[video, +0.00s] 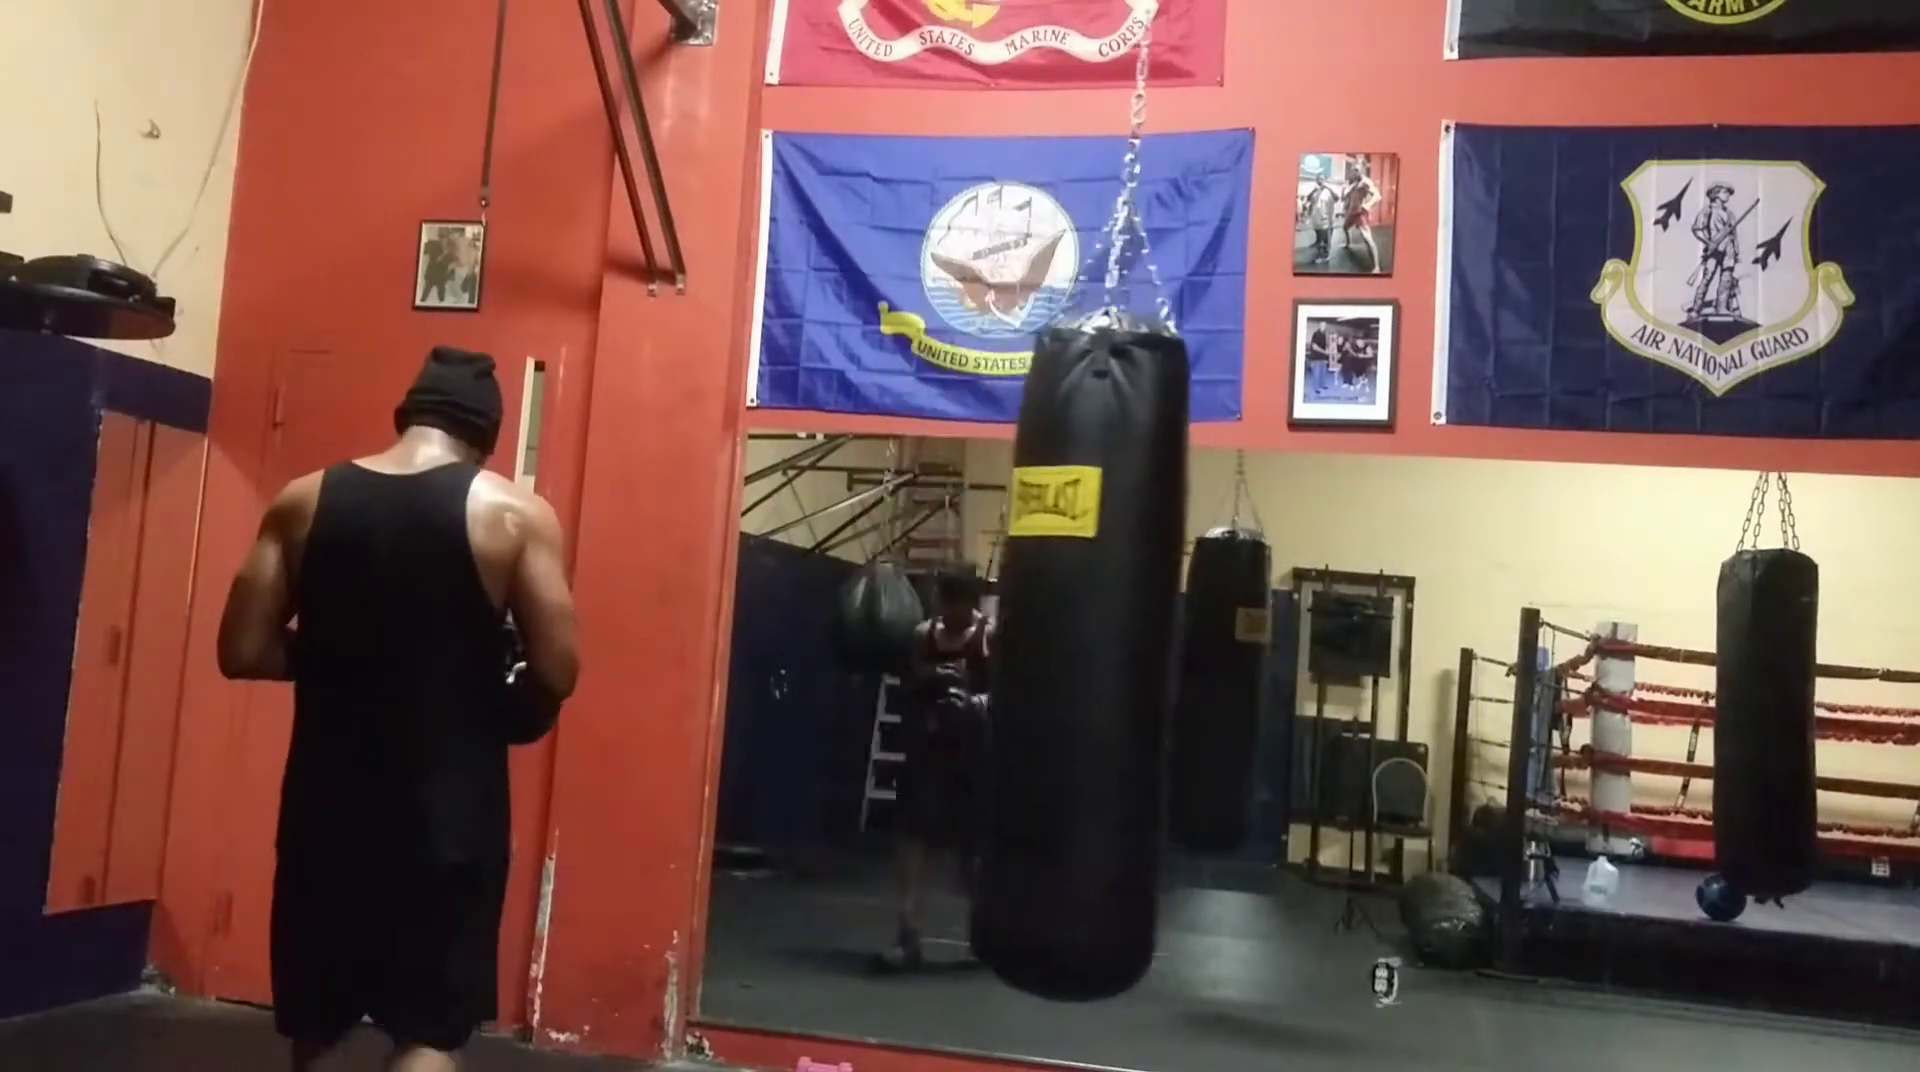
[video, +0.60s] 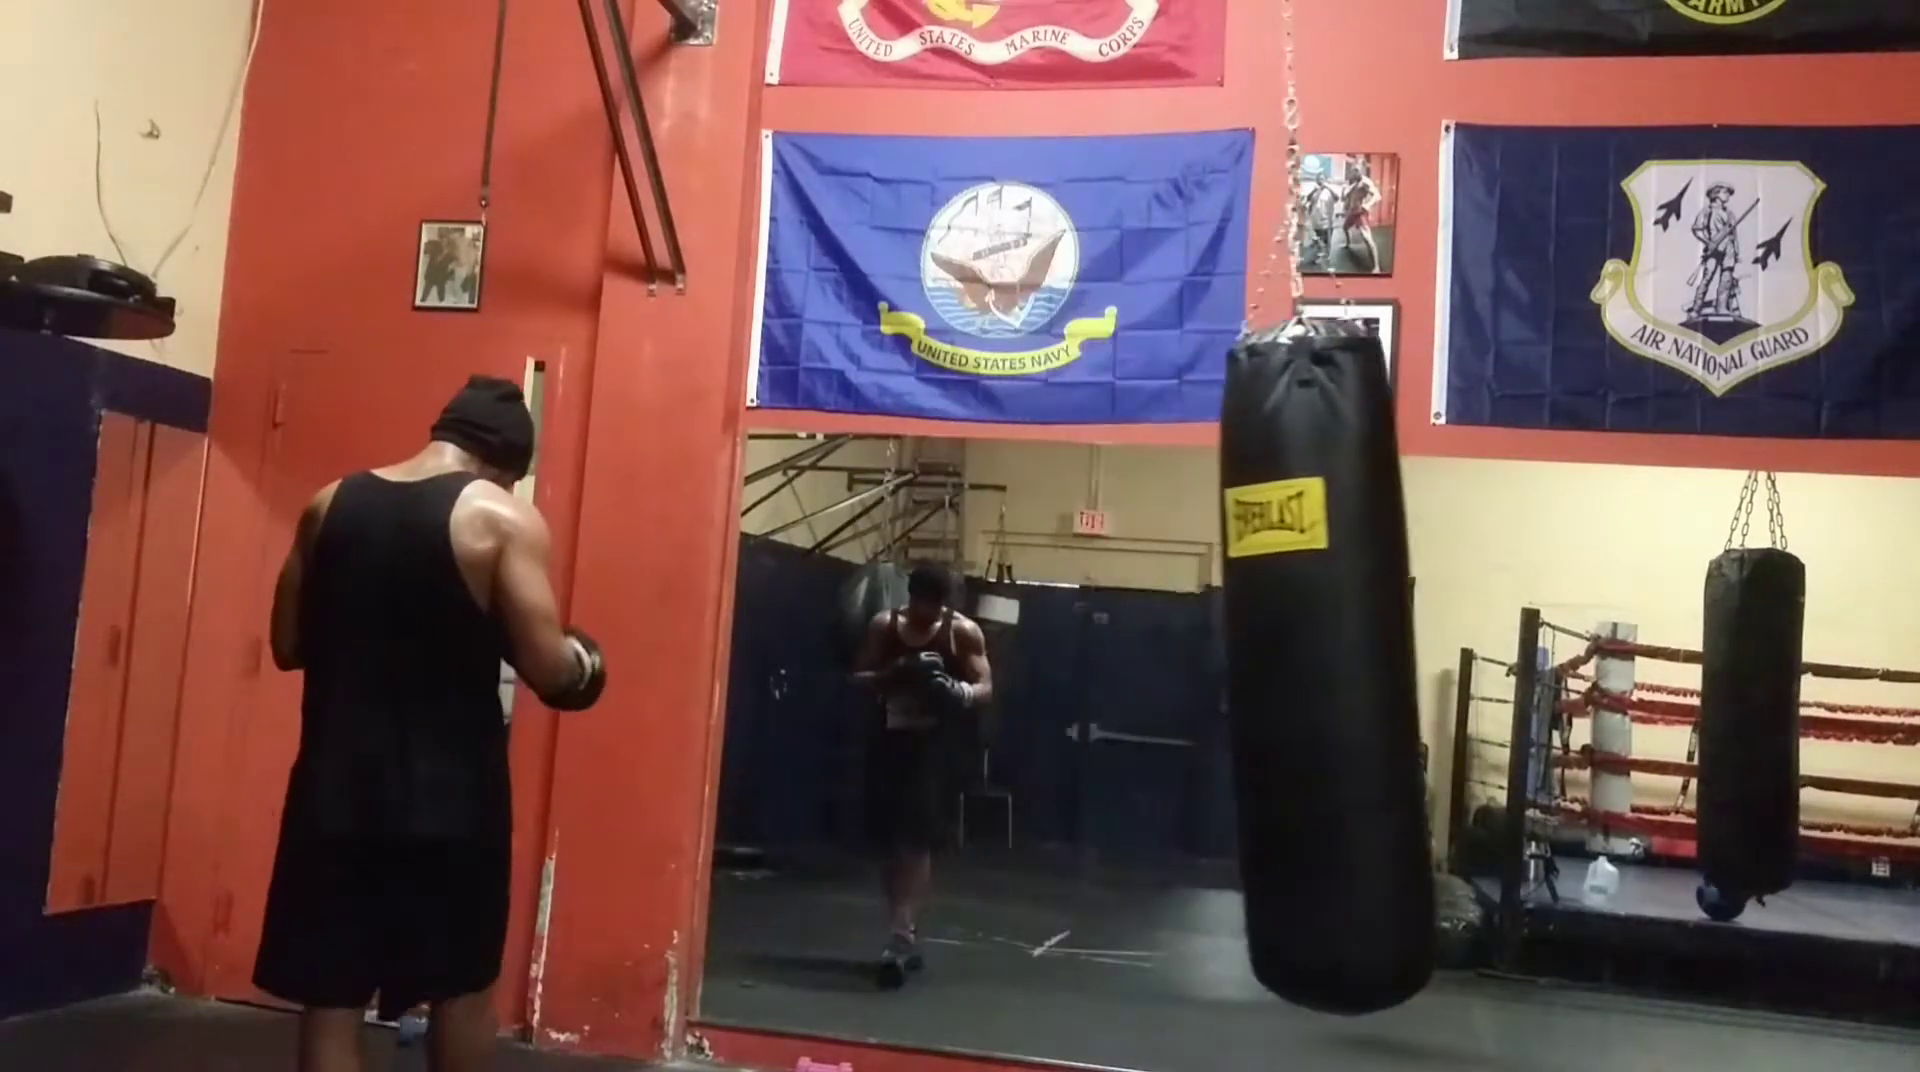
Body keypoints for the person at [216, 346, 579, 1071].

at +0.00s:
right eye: (486, 434)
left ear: (404, 418)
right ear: (488, 437)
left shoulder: (307, 499)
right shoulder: (517, 516)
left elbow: (243, 652)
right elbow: (556, 671)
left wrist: (344, 653)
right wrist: (510, 712)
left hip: (324, 813)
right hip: (449, 824)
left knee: (315, 1030)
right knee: (430, 1032)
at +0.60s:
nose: (511, 487)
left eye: (514, 474)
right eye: (515, 474)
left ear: (440, 435)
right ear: (508, 461)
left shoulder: (332, 501)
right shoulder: (505, 517)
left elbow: (287, 645)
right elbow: (549, 671)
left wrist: (373, 610)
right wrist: (583, 664)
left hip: (336, 793)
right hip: (451, 800)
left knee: (332, 1006)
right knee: (463, 1001)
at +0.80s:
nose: (531, 495)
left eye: (533, 483)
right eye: (534, 483)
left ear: (460, 445)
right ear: (530, 471)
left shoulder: (355, 509)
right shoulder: (526, 528)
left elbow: (308, 645)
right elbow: (566, 682)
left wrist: (392, 624)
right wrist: (598, 674)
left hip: (355, 805)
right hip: (469, 811)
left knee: (350, 1008)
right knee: (472, 1012)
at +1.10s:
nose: (569, 502)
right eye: (573, 490)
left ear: (505, 451)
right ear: (571, 480)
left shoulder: (395, 511)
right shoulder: (559, 533)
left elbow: (346, 645)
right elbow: (593, 690)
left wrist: (431, 625)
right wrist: (622, 680)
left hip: (389, 797)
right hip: (498, 808)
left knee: (372, 994)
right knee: (487, 1004)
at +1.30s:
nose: (586, 511)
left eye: (586, 498)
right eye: (591, 499)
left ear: (528, 456)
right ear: (591, 489)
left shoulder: (418, 513)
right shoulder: (576, 539)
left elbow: (366, 641)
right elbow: (608, 691)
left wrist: (449, 617)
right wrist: (640, 685)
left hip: (401, 797)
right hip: (509, 808)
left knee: (375, 1004)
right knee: (491, 1011)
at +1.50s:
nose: (595, 529)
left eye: (597, 517)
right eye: (600, 518)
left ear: (538, 471)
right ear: (600, 506)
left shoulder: (431, 531)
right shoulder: (586, 553)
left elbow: (382, 661)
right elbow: (611, 698)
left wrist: (463, 635)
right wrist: (649, 695)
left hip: (424, 802)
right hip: (525, 815)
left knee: (400, 992)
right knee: (506, 1011)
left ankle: (381, 1061)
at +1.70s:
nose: (609, 520)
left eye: (612, 509)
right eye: (615, 509)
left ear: (553, 462)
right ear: (614, 493)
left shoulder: (447, 518)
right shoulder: (597, 538)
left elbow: (399, 648)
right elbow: (622, 681)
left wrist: (482, 629)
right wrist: (651, 691)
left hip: (438, 774)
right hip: (527, 786)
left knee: (455, 963)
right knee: (503, 983)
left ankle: (444, 1057)